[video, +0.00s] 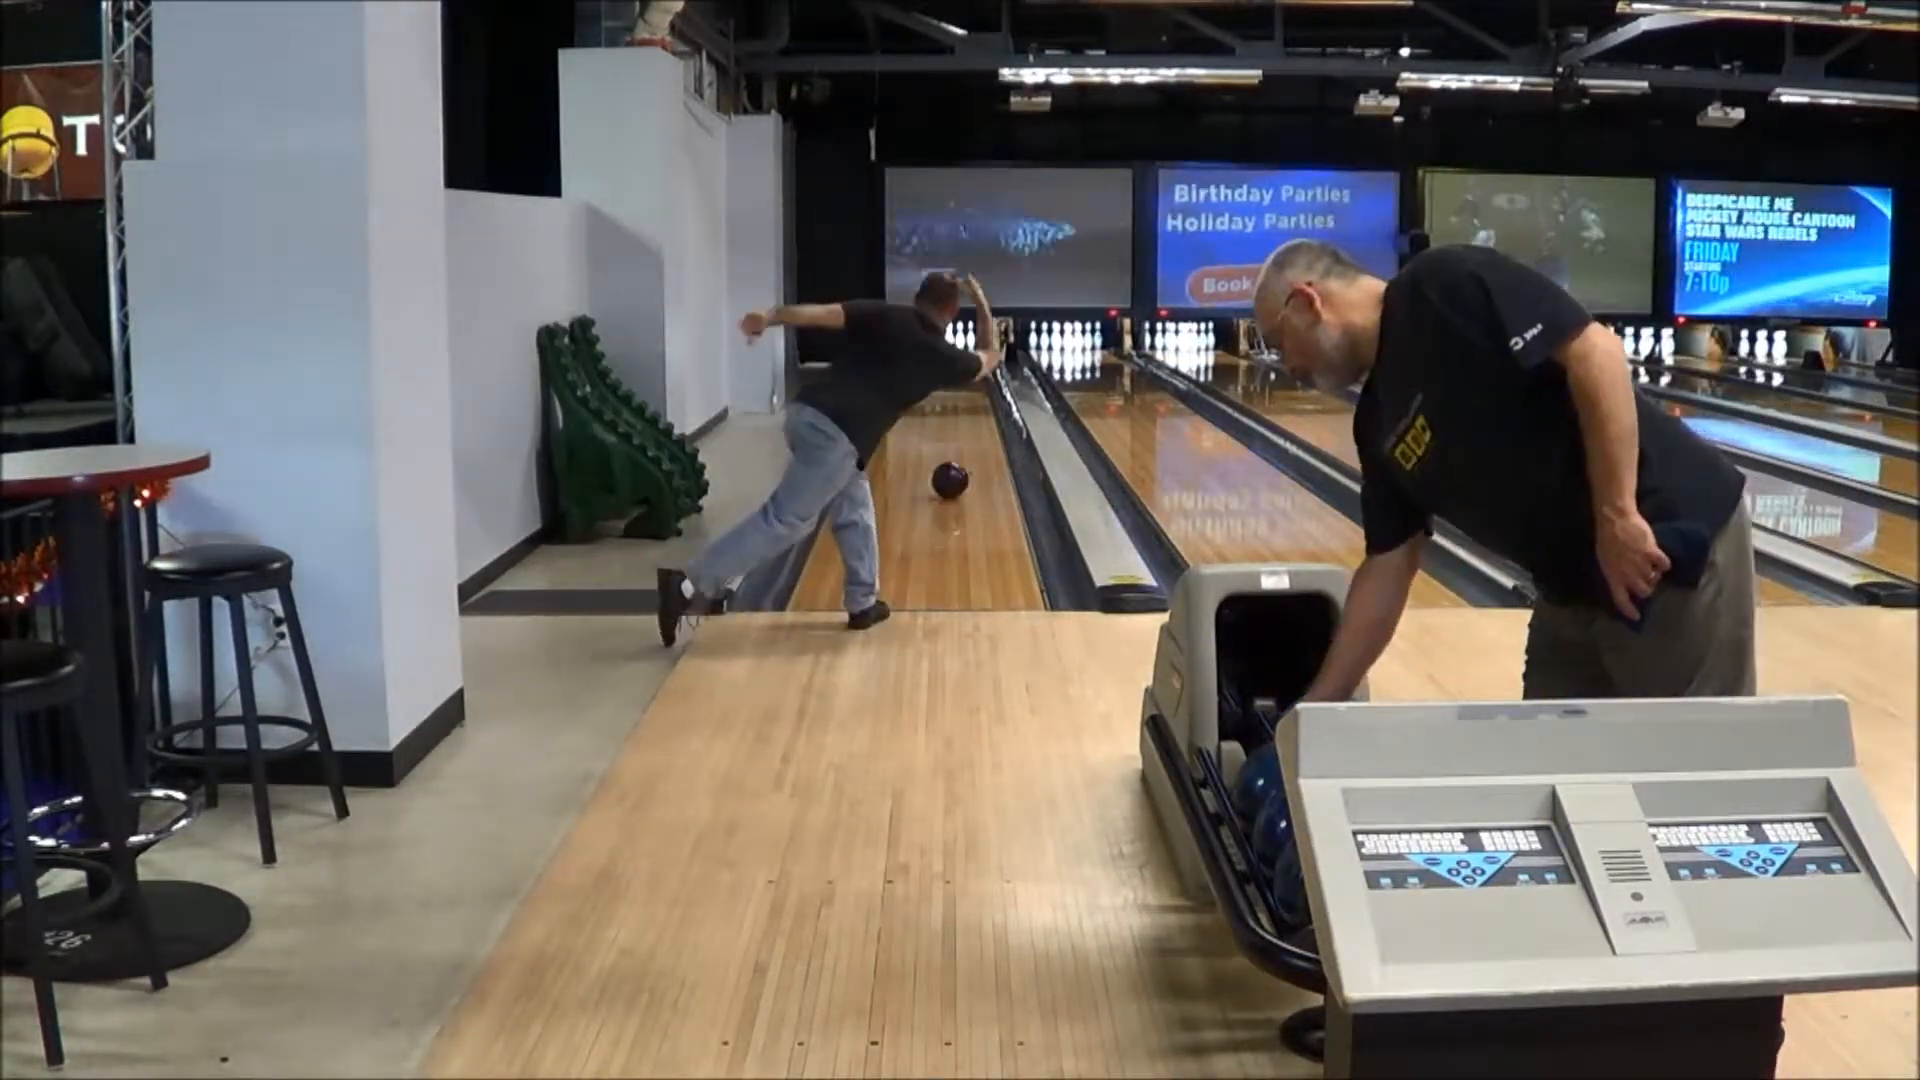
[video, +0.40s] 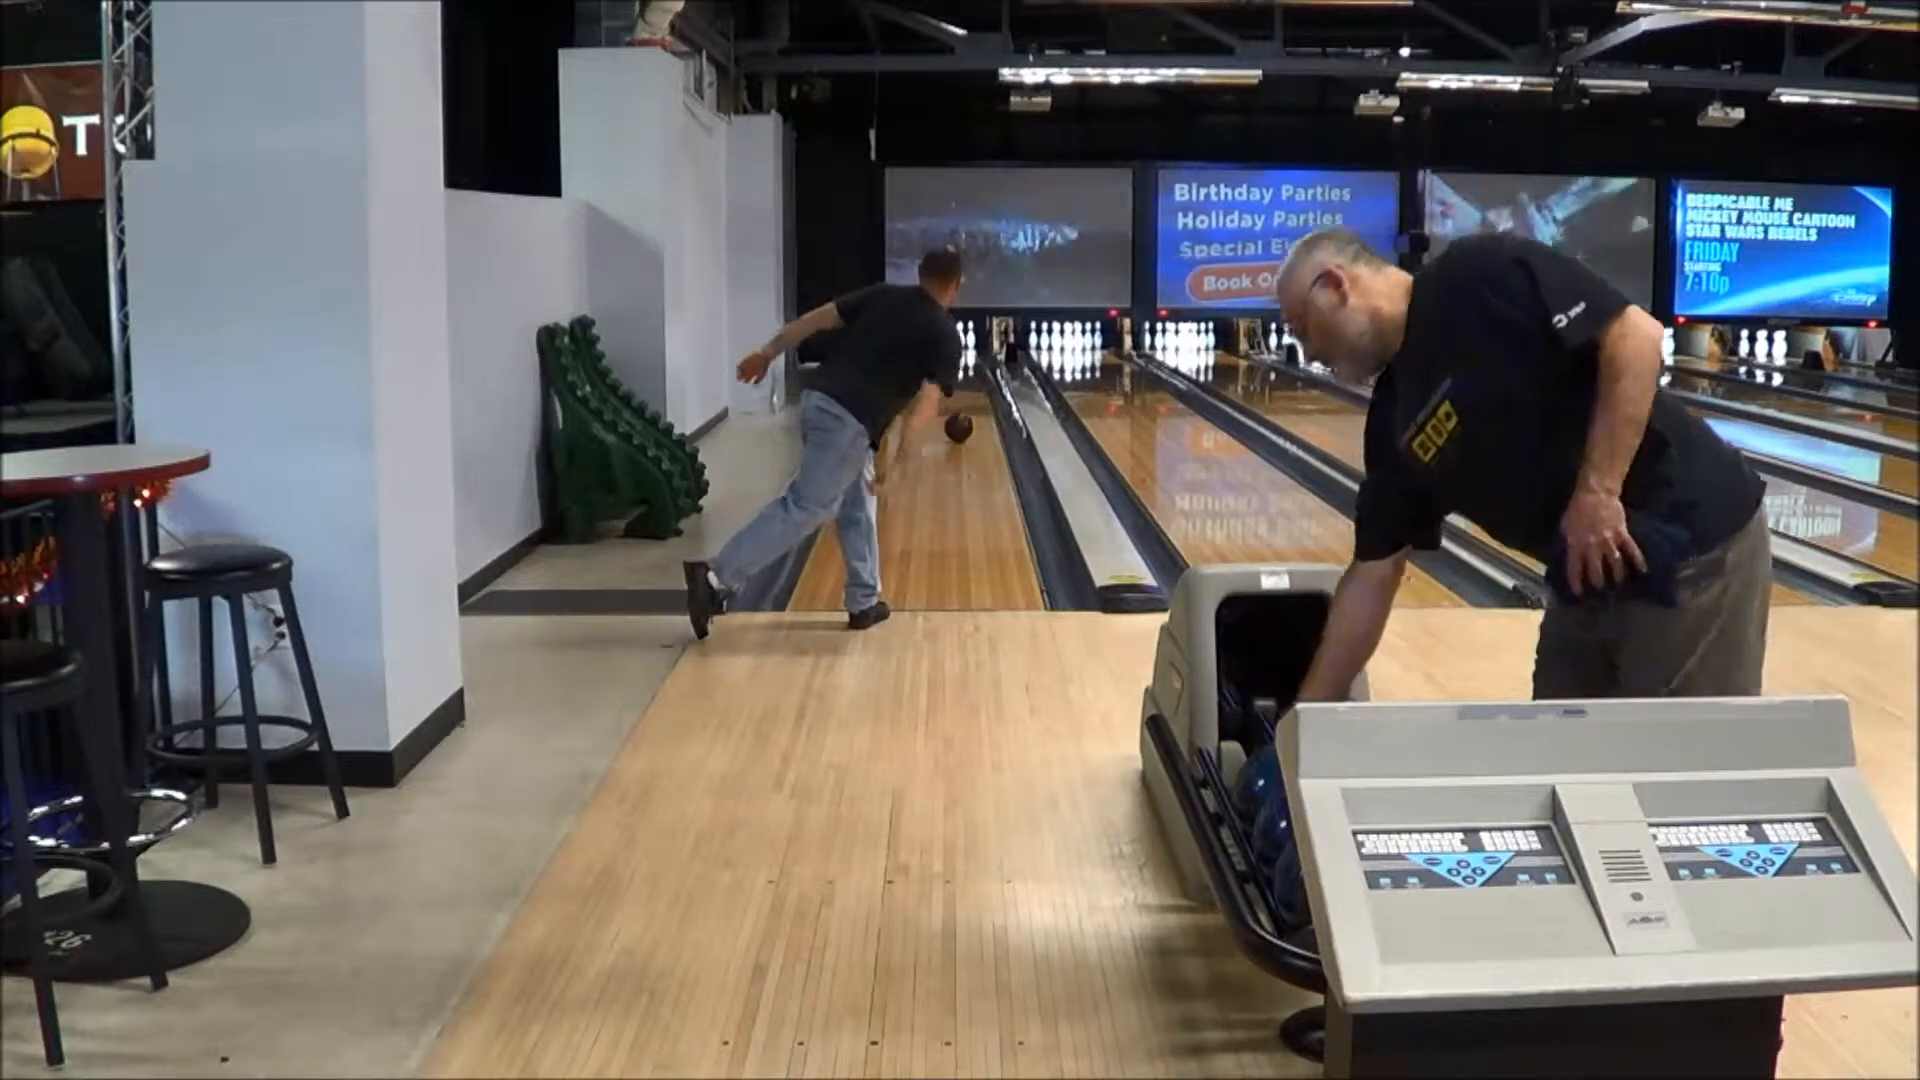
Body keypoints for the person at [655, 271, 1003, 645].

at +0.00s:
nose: (951, 316)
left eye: (947, 308)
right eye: (952, 311)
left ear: (918, 297)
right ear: (952, 312)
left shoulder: (883, 314)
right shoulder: (940, 355)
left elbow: (823, 315)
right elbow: (990, 357)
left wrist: (768, 317)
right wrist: (984, 307)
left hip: (807, 415)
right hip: (838, 438)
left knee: (854, 511)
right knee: (783, 522)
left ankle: (863, 605)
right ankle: (688, 585)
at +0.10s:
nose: (953, 310)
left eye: (949, 302)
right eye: (955, 304)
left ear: (918, 289)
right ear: (951, 302)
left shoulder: (880, 307)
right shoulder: (936, 344)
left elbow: (814, 313)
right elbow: (984, 393)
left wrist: (755, 321)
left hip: (810, 411)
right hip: (839, 431)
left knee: (855, 510)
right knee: (787, 516)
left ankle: (863, 604)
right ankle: (695, 584)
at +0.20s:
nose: (953, 298)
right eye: (955, 292)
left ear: (918, 283)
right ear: (953, 294)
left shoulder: (881, 301)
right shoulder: (943, 344)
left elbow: (809, 314)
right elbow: (969, 415)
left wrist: (754, 331)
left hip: (811, 404)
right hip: (841, 423)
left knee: (855, 506)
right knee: (792, 512)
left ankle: (863, 603)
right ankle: (700, 578)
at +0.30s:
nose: (955, 295)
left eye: (950, 287)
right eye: (957, 289)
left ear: (921, 277)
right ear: (954, 289)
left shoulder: (882, 296)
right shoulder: (944, 340)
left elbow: (812, 315)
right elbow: (945, 415)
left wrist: (759, 343)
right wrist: (939, 471)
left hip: (812, 400)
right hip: (844, 420)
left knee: (855, 505)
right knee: (797, 509)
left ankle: (863, 603)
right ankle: (708, 579)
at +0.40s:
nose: (956, 291)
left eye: (951, 283)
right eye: (958, 285)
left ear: (922, 274)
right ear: (955, 286)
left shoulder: (884, 295)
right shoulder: (945, 336)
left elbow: (816, 319)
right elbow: (922, 408)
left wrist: (766, 353)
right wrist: (901, 461)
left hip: (817, 400)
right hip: (849, 418)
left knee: (856, 506)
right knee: (806, 506)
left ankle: (863, 602)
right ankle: (716, 579)